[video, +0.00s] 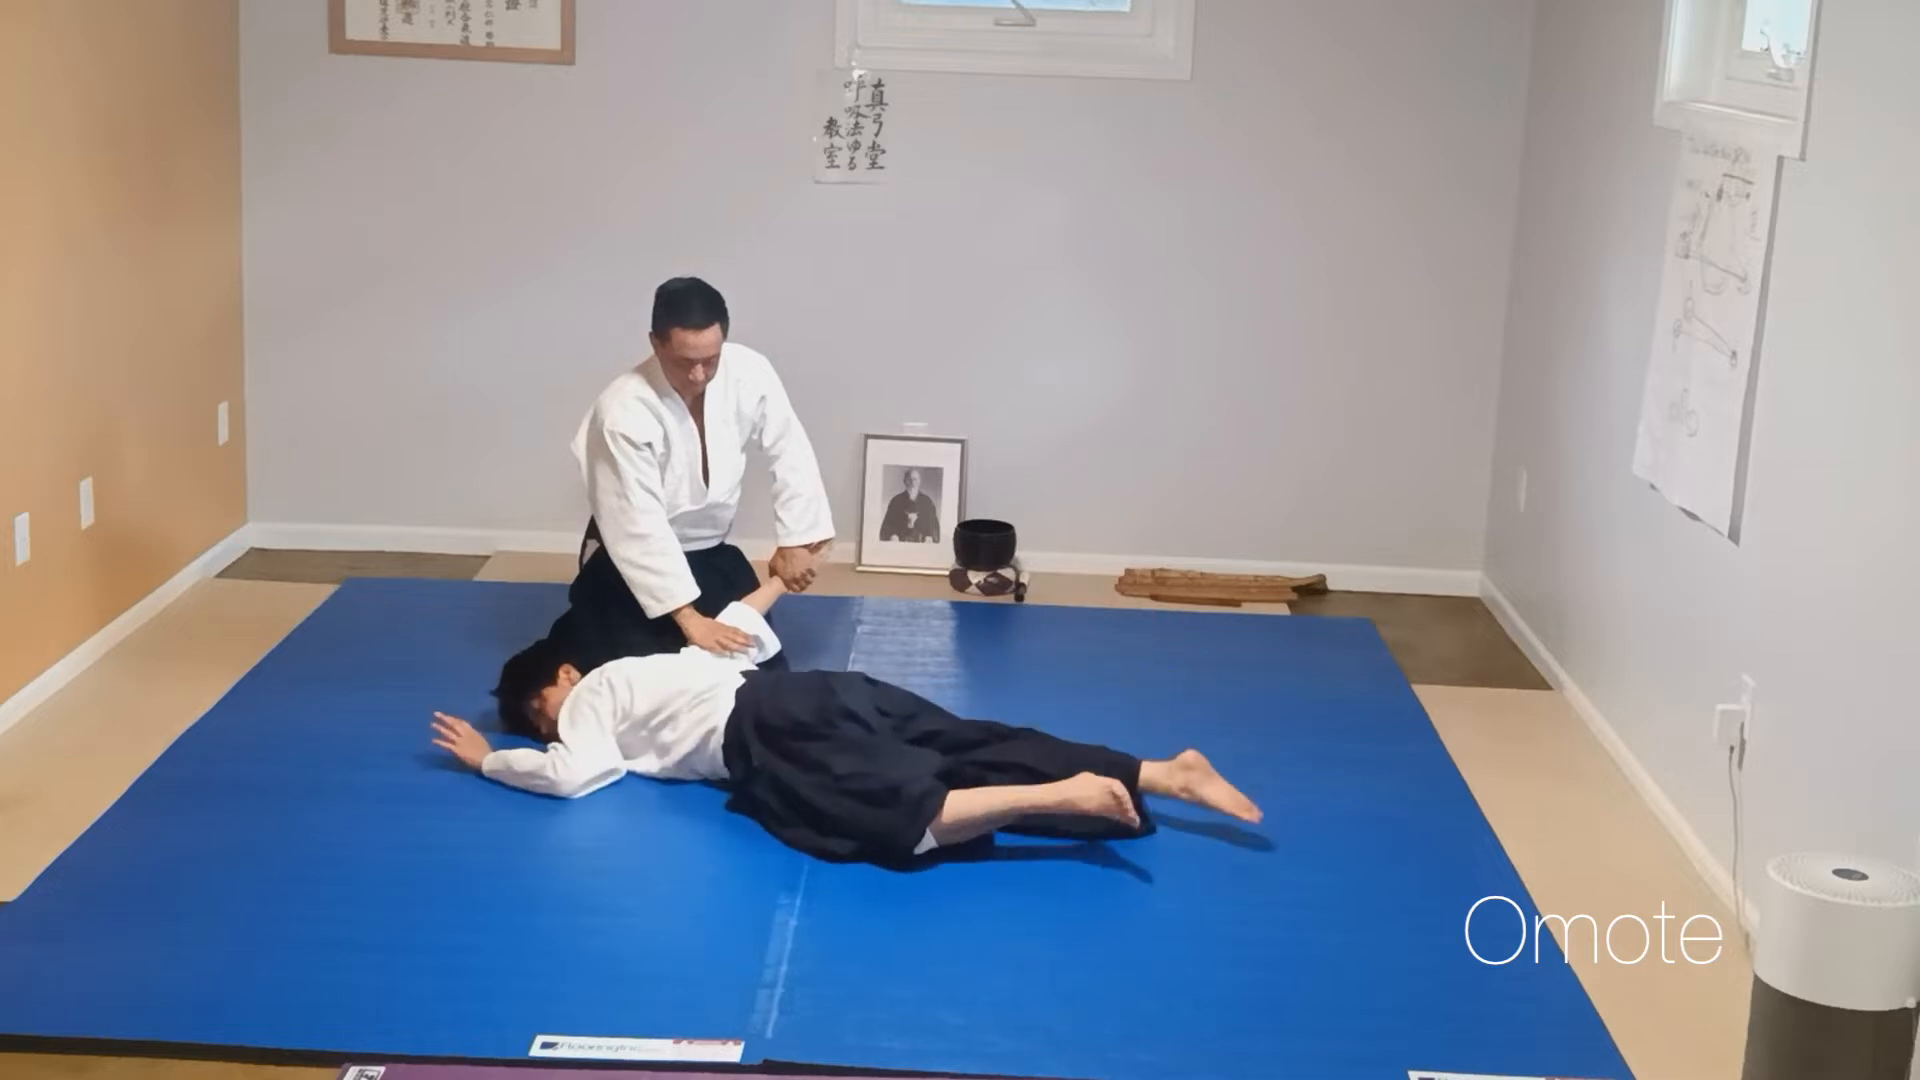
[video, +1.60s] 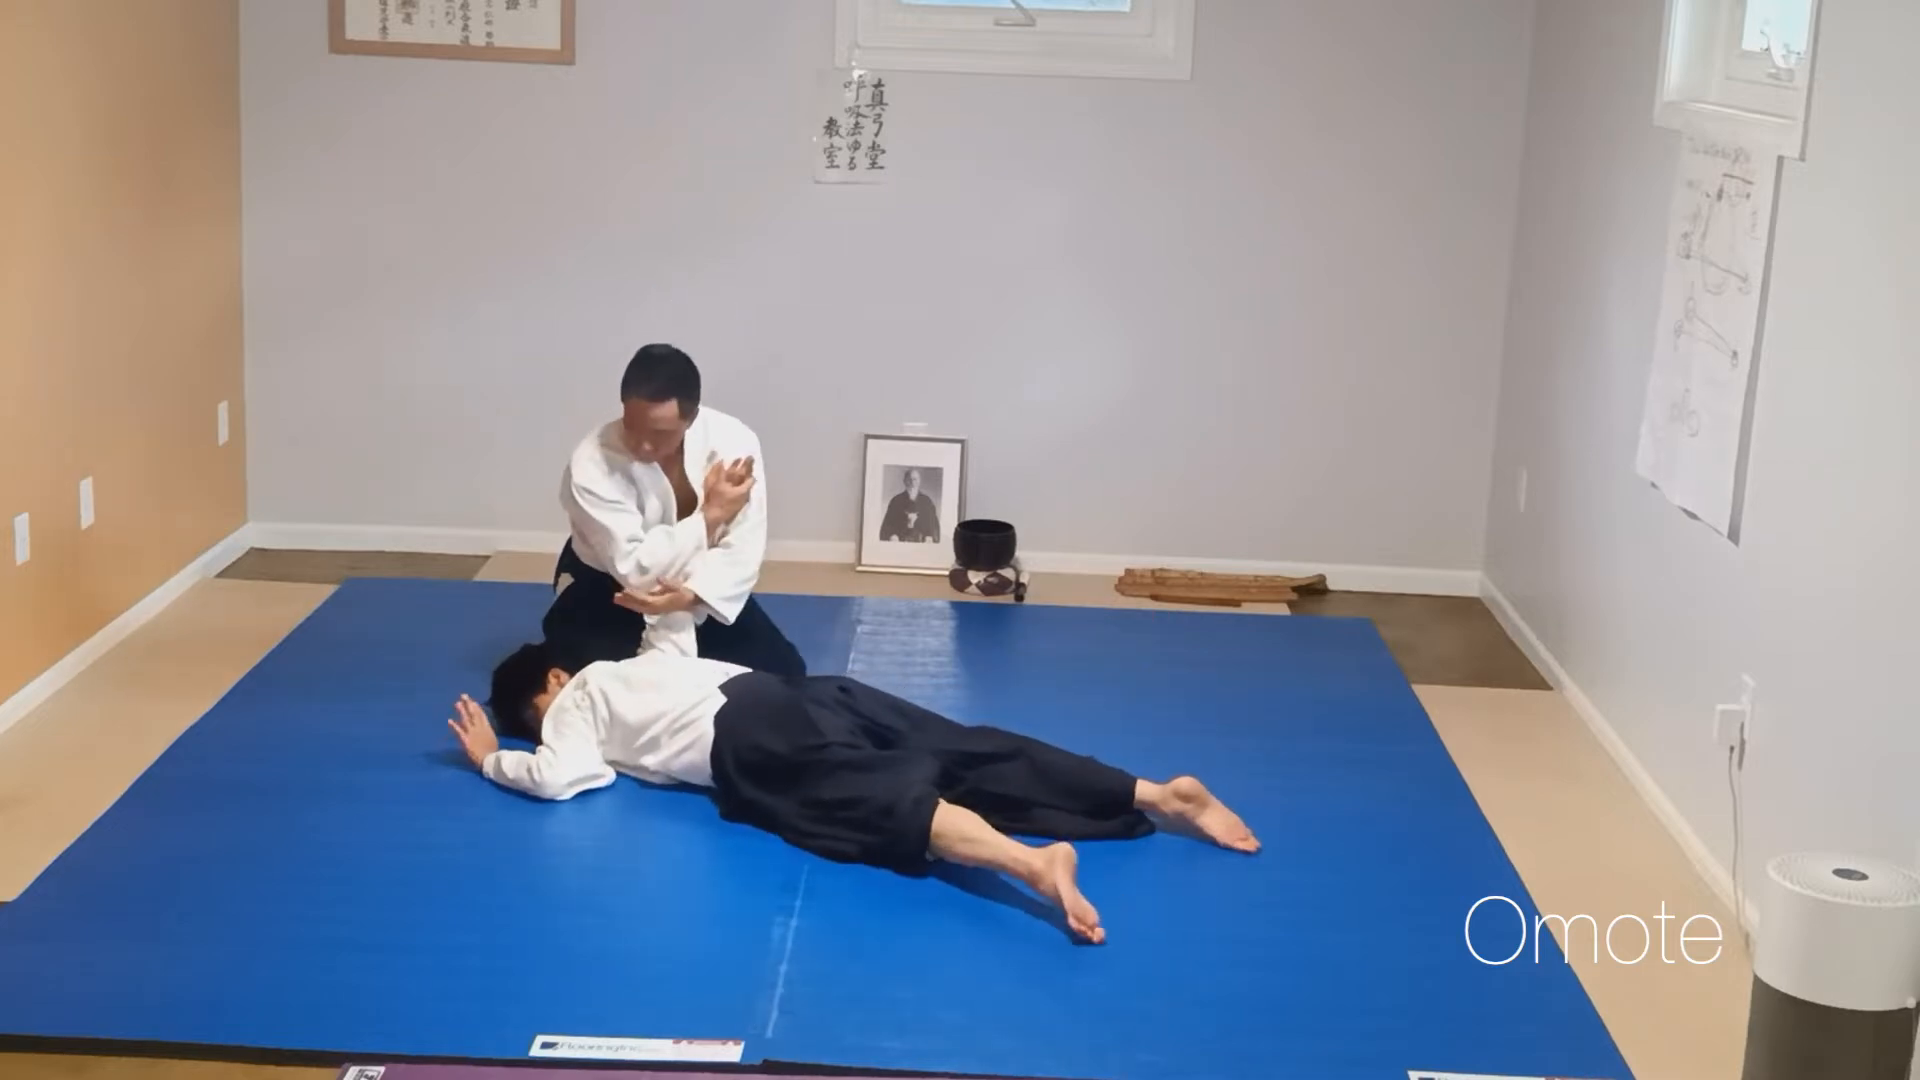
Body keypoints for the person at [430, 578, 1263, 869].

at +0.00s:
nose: (543, 727)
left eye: (535, 714)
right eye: (537, 719)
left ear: (561, 684)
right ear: (578, 668)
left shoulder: (591, 697)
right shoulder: (660, 667)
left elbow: (573, 774)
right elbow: (735, 649)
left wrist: (488, 761)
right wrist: (761, 600)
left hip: (772, 726)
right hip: (811, 683)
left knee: (900, 816)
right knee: (965, 745)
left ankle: (1046, 799)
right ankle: (1165, 774)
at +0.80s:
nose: (544, 722)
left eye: (535, 710)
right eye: (540, 712)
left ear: (558, 685)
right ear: (576, 668)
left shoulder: (583, 699)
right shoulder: (659, 662)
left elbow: (571, 771)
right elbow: (727, 645)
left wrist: (484, 760)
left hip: (762, 732)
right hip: (811, 684)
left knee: (880, 808)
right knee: (966, 747)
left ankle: (1011, 878)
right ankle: (1163, 797)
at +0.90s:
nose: (539, 726)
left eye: (532, 712)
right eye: (536, 714)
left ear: (552, 689)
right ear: (573, 668)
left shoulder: (579, 701)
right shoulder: (653, 658)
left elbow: (563, 778)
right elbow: (716, 627)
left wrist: (484, 759)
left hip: (760, 740)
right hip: (807, 685)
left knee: (885, 809)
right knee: (966, 745)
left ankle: (1022, 863)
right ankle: (1165, 795)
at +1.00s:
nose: (534, 726)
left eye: (527, 712)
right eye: (530, 712)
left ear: (547, 692)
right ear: (570, 668)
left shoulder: (575, 706)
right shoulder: (652, 653)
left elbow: (560, 778)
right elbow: (708, 623)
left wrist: (483, 759)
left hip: (754, 737)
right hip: (806, 687)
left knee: (885, 806)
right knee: (965, 745)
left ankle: (1035, 847)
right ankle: (1165, 795)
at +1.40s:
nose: (531, 719)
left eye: (524, 708)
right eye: (530, 707)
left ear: (539, 693)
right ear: (570, 668)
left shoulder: (569, 702)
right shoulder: (644, 656)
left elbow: (559, 779)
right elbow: (706, 636)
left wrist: (486, 759)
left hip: (749, 738)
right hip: (805, 687)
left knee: (888, 807)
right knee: (964, 748)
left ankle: (1031, 852)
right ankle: (1160, 796)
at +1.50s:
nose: (536, 720)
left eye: (527, 710)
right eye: (533, 709)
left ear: (546, 692)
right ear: (573, 664)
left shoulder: (573, 699)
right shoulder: (647, 660)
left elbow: (558, 778)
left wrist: (488, 759)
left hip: (748, 737)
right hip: (802, 687)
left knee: (889, 809)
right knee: (964, 748)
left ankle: (1030, 860)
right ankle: (1159, 797)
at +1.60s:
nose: (533, 719)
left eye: (526, 710)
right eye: (531, 709)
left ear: (547, 688)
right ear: (578, 662)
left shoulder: (572, 700)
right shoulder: (652, 659)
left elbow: (561, 775)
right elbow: (716, 645)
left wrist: (492, 758)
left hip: (749, 738)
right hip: (804, 688)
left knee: (891, 808)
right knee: (965, 748)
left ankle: (1030, 863)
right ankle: (1160, 797)